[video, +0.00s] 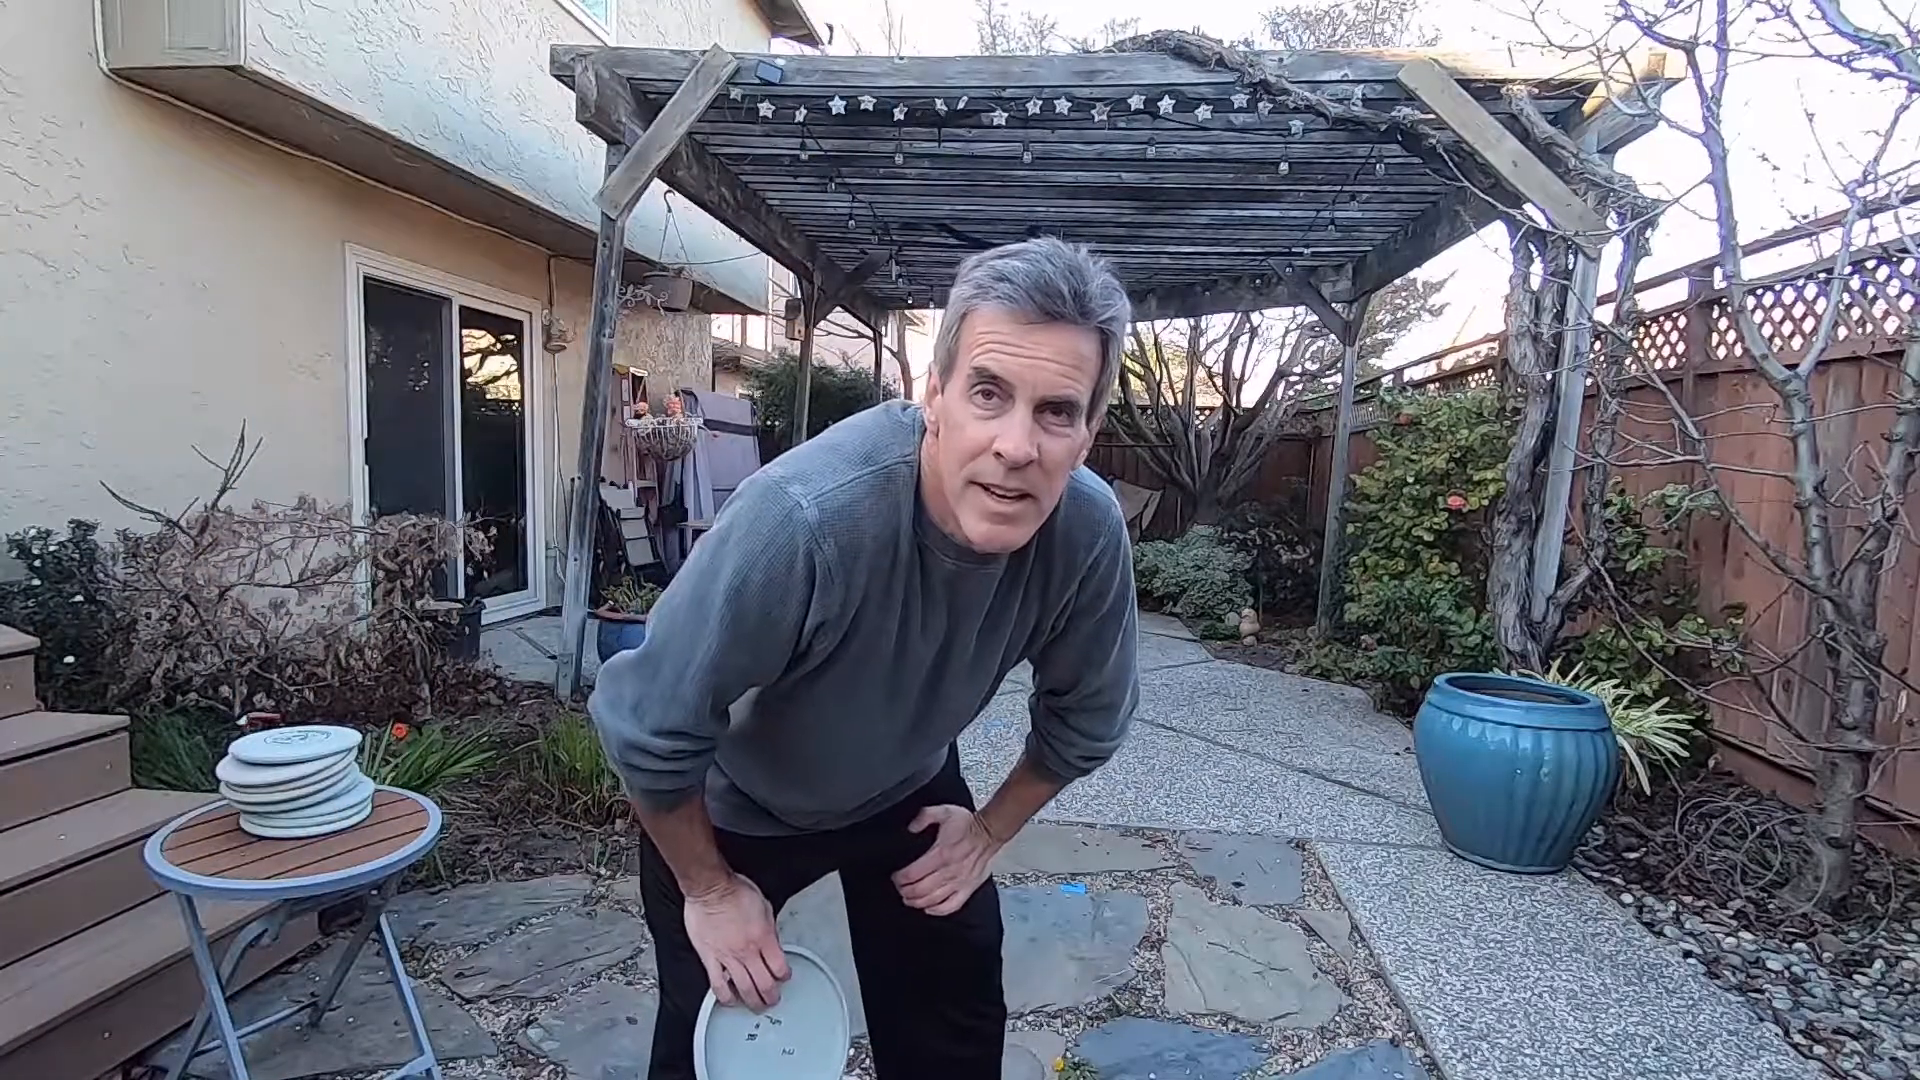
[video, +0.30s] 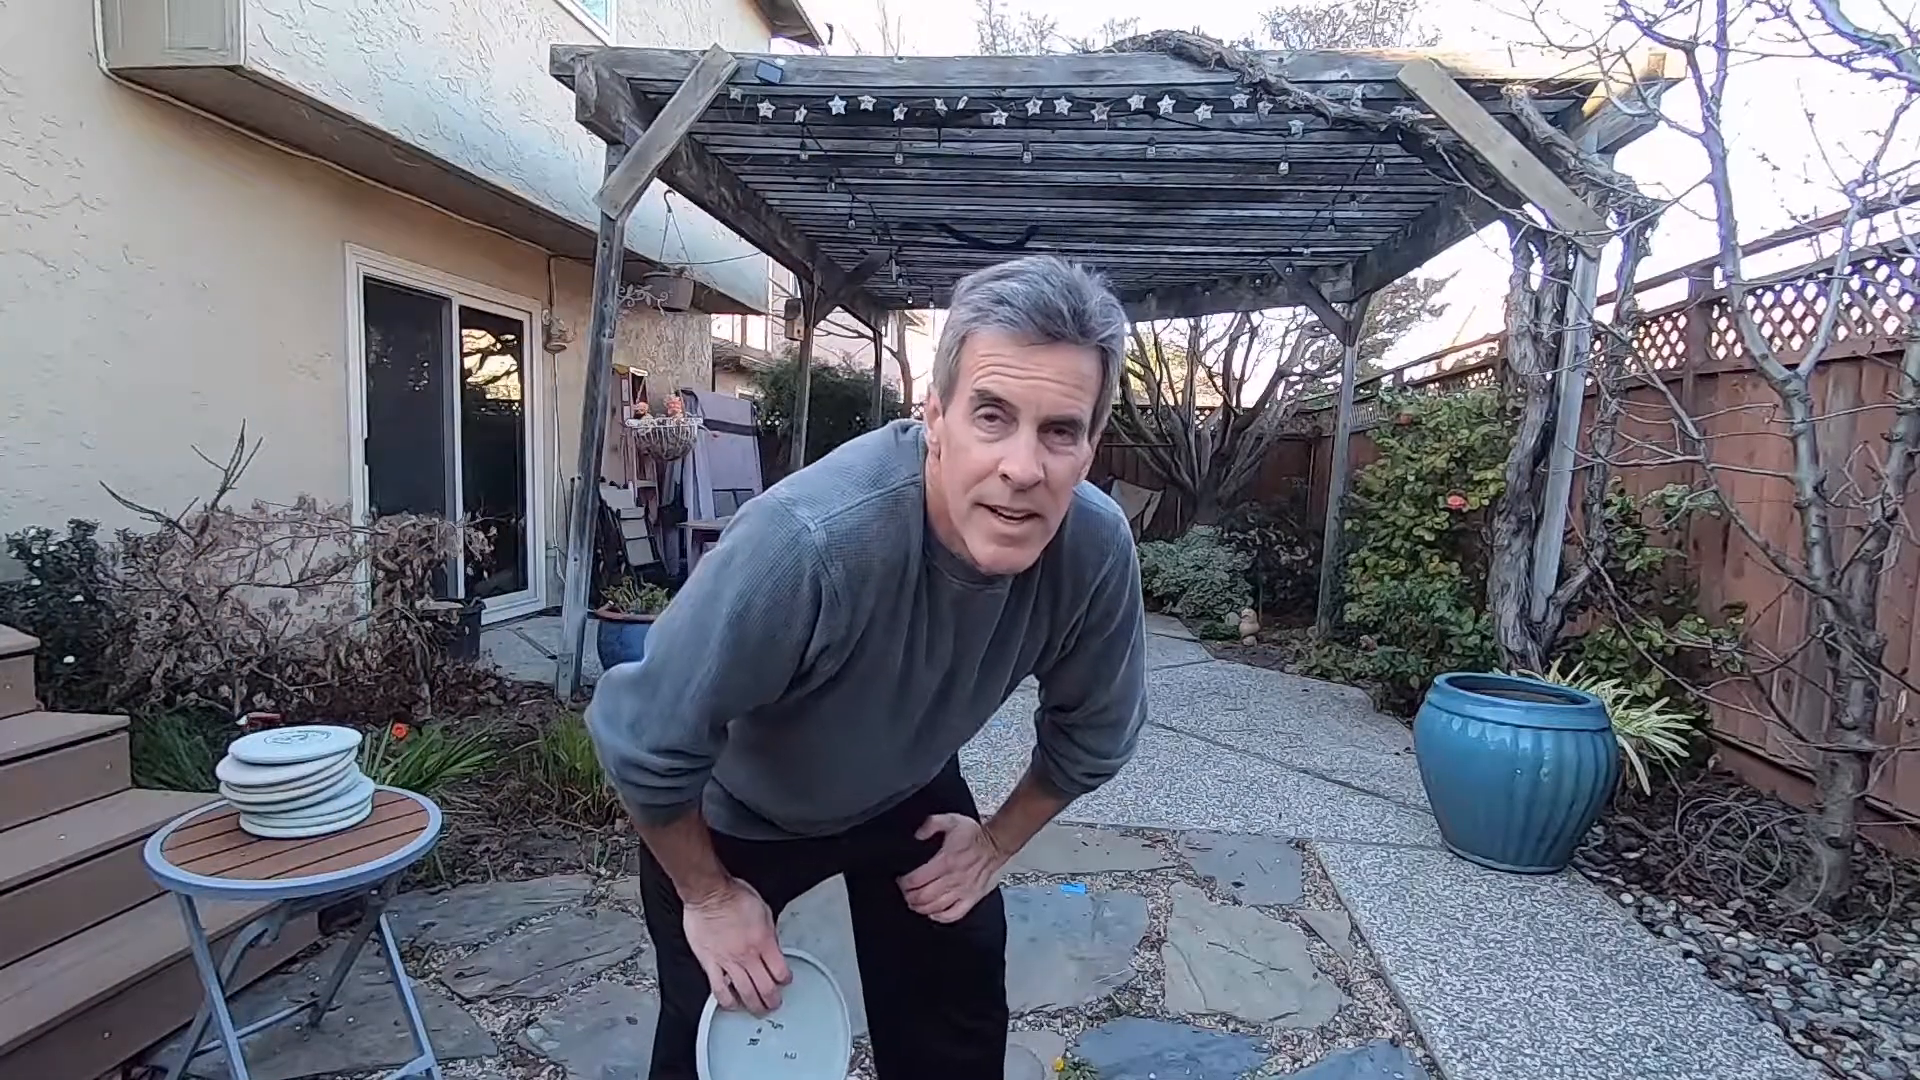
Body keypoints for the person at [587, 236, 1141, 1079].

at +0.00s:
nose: (1017, 447)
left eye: (1056, 413)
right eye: (989, 396)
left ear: (1089, 431)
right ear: (931, 392)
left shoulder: (1087, 532)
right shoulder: (800, 519)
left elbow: (1087, 715)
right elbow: (646, 723)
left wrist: (991, 829)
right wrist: (710, 890)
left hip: (909, 779)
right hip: (743, 791)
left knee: (953, 1032)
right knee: (707, 1034)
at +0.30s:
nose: (1024, 468)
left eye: (1061, 431)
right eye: (994, 417)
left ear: (1093, 442)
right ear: (933, 414)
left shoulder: (1095, 547)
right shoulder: (804, 543)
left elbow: (1095, 727)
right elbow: (641, 734)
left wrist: (996, 840)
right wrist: (707, 894)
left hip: (909, 783)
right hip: (742, 798)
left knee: (956, 1012)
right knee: (708, 1029)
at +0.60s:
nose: (1027, 471)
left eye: (1064, 432)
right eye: (998, 417)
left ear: (1093, 441)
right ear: (935, 409)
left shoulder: (1096, 545)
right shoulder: (804, 538)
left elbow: (1092, 726)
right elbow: (644, 735)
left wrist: (997, 842)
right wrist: (704, 896)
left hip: (908, 784)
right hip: (739, 798)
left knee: (957, 1034)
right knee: (707, 1037)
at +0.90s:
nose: (1024, 470)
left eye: (1062, 434)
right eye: (996, 417)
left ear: (1092, 444)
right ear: (934, 410)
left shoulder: (1092, 548)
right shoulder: (801, 539)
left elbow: (1091, 726)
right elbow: (639, 733)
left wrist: (994, 842)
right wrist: (700, 895)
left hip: (906, 782)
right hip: (736, 796)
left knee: (953, 1036)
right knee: (703, 1039)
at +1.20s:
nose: (1023, 472)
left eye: (1061, 435)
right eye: (996, 418)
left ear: (1090, 443)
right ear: (933, 410)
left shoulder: (1090, 545)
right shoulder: (798, 537)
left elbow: (1089, 725)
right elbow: (638, 732)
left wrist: (993, 842)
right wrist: (700, 895)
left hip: (906, 785)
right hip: (735, 800)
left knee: (953, 1040)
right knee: (704, 1041)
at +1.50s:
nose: (1036, 429)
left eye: (1074, 394)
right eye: (1010, 375)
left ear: (1099, 406)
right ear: (945, 365)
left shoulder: (1086, 516)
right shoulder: (793, 489)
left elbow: (1085, 715)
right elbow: (654, 729)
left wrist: (1002, 857)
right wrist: (716, 914)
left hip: (908, 782)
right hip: (740, 792)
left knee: (953, 1042)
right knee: (711, 1044)